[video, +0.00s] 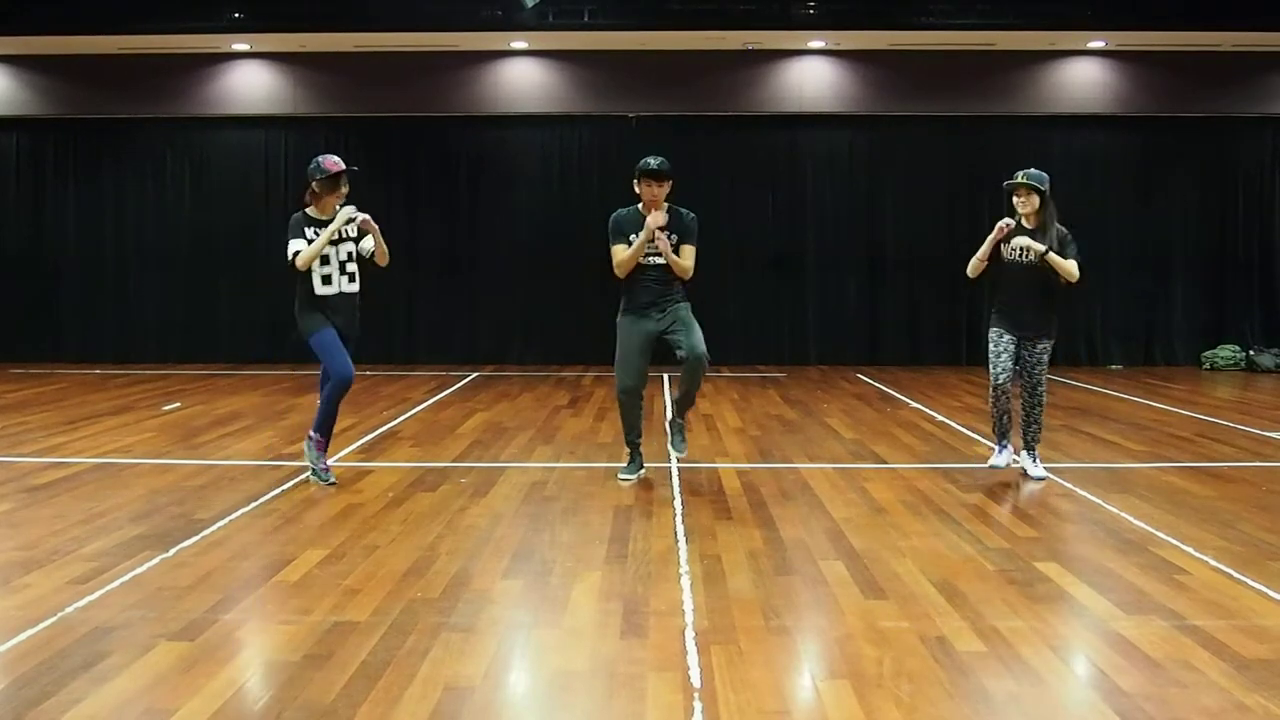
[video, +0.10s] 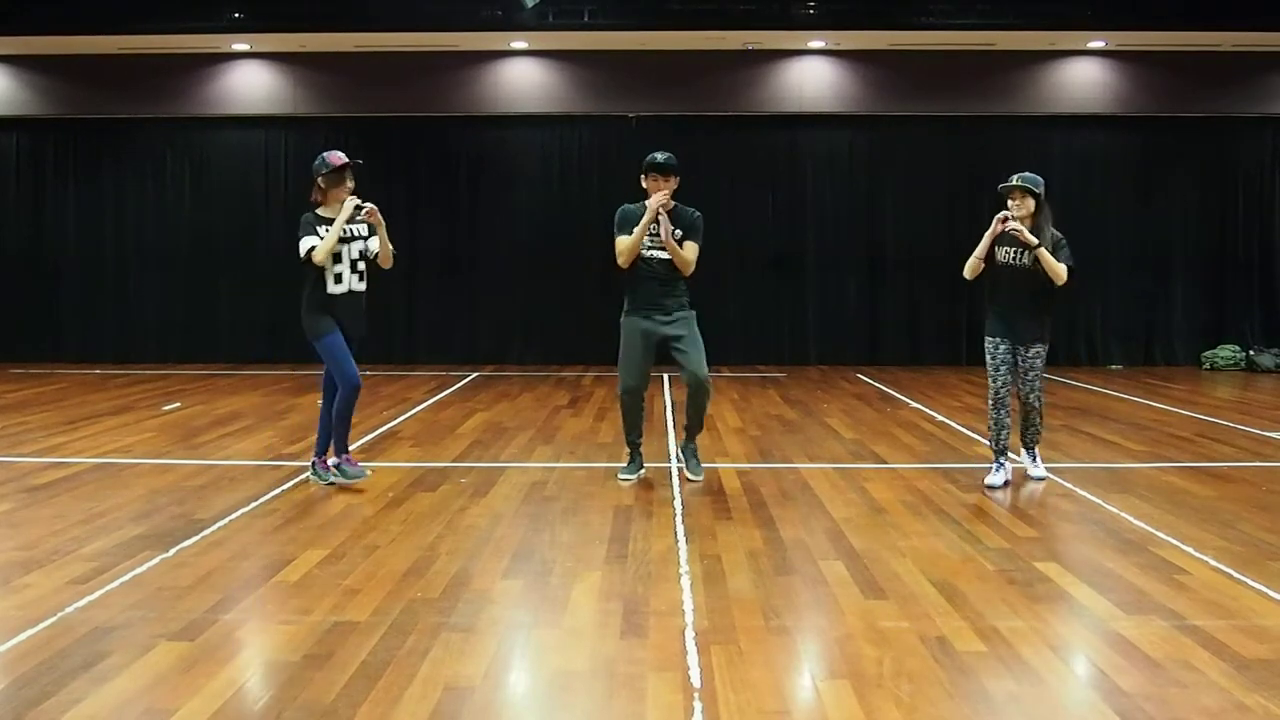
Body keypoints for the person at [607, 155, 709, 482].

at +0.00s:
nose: (653, 190)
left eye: (659, 184)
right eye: (647, 184)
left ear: (669, 186)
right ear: (637, 186)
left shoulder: (685, 220)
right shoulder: (621, 220)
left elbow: (687, 271)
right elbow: (621, 268)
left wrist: (668, 254)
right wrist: (646, 233)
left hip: (674, 307)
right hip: (635, 312)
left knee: (697, 355)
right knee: (627, 386)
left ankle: (678, 416)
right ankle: (634, 454)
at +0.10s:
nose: (659, 185)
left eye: (666, 179)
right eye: (653, 179)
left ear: (676, 182)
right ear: (643, 181)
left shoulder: (690, 218)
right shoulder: (628, 214)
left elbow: (688, 267)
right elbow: (624, 258)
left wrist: (667, 237)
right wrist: (648, 217)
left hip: (679, 315)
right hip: (637, 316)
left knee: (699, 377)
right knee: (630, 387)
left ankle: (689, 446)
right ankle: (634, 454)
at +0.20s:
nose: (664, 181)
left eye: (671, 175)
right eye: (659, 175)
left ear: (683, 180)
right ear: (651, 179)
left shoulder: (698, 220)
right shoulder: (637, 213)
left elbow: (687, 262)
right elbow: (629, 254)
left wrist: (665, 222)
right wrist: (652, 212)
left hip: (684, 316)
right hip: (643, 315)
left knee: (694, 393)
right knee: (630, 385)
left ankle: (690, 454)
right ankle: (633, 449)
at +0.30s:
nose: (667, 178)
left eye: (675, 172)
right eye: (662, 172)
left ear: (688, 179)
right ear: (656, 178)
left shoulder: (704, 217)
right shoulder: (642, 212)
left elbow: (688, 255)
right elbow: (633, 249)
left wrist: (666, 215)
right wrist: (655, 209)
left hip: (687, 316)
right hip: (647, 311)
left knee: (694, 392)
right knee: (630, 366)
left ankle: (690, 453)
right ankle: (636, 428)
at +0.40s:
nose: (669, 173)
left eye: (676, 167)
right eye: (664, 167)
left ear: (690, 174)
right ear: (658, 174)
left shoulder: (706, 212)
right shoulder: (645, 209)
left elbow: (694, 249)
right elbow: (634, 245)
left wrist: (669, 210)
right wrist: (656, 203)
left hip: (689, 313)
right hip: (651, 306)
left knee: (693, 391)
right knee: (634, 357)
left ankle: (690, 453)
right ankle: (644, 422)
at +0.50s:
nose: (669, 172)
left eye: (677, 166)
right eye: (664, 166)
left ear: (690, 173)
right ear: (658, 173)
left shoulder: (708, 211)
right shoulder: (645, 210)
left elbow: (697, 249)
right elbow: (636, 246)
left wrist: (671, 211)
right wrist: (657, 204)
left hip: (692, 315)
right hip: (652, 310)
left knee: (693, 390)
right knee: (639, 370)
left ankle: (690, 453)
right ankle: (651, 437)